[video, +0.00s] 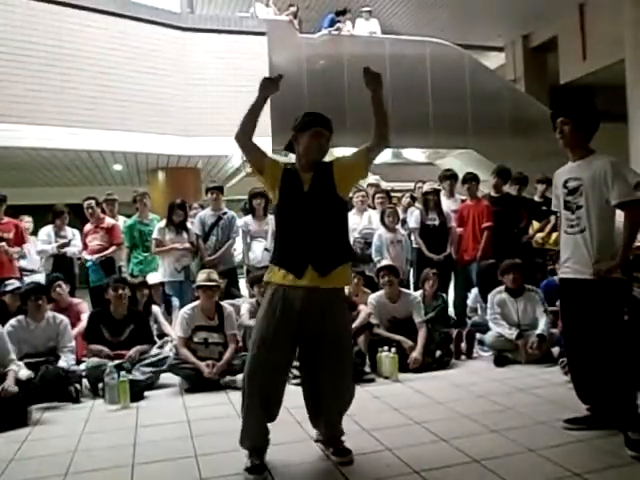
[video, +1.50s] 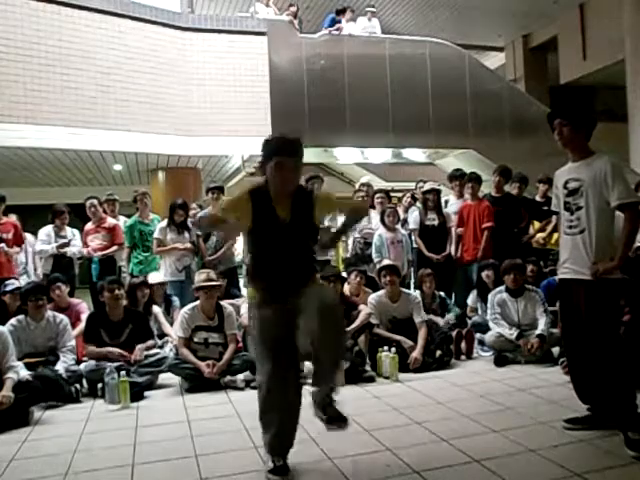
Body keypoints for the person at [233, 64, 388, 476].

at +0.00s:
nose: (320, 142)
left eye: (325, 138)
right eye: (313, 135)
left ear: (329, 145)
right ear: (295, 139)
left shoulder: (341, 172)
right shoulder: (276, 173)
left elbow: (380, 141)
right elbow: (244, 138)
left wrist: (377, 93)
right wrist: (262, 97)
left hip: (330, 291)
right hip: (283, 289)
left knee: (336, 371)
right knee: (262, 371)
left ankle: (330, 433)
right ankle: (255, 450)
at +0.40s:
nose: (321, 139)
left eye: (326, 135)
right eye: (315, 133)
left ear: (331, 142)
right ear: (297, 138)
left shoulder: (344, 173)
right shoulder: (282, 177)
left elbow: (388, 153)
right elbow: (247, 145)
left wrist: (390, 106)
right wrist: (266, 100)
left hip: (338, 289)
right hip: (291, 289)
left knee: (339, 367)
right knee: (272, 370)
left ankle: (331, 433)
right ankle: (263, 451)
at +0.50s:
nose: (317, 142)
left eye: (320, 136)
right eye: (309, 137)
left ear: (328, 141)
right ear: (295, 145)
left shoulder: (348, 178)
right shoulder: (285, 183)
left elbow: (391, 176)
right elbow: (250, 185)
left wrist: (397, 148)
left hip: (339, 291)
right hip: (294, 290)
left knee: (337, 369)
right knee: (281, 372)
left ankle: (329, 432)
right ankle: (266, 450)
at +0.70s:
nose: (323, 141)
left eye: (328, 134)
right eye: (316, 134)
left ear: (335, 138)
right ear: (301, 140)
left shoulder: (349, 178)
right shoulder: (290, 178)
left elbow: (390, 199)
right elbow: (263, 195)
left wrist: (390, 178)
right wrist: (260, 175)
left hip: (339, 283)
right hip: (295, 276)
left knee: (337, 363)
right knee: (258, 320)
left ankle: (329, 432)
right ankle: (281, 400)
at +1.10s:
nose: (314, 143)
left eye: (319, 137)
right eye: (306, 137)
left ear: (328, 140)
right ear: (294, 142)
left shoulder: (343, 175)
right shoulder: (277, 179)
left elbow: (384, 169)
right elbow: (247, 215)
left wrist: (371, 151)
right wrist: (251, 223)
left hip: (328, 282)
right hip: (286, 276)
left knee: (332, 362)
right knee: (262, 313)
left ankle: (328, 432)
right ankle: (282, 388)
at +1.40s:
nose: (294, 144)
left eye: (300, 138)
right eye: (286, 138)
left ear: (308, 140)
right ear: (271, 142)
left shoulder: (322, 174)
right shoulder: (254, 181)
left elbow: (360, 168)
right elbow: (211, 219)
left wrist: (367, 164)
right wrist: (247, 252)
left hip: (315, 283)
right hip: (271, 286)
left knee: (336, 356)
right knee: (281, 371)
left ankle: (328, 417)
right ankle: (278, 450)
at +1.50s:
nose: (287, 177)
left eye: (293, 170)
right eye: (280, 170)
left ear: (301, 171)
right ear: (266, 169)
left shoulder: (311, 200)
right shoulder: (249, 199)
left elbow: (360, 208)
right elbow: (205, 221)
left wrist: (336, 235)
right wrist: (222, 224)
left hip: (306, 292)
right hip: (266, 296)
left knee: (328, 307)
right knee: (275, 374)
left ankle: (324, 397)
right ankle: (277, 451)